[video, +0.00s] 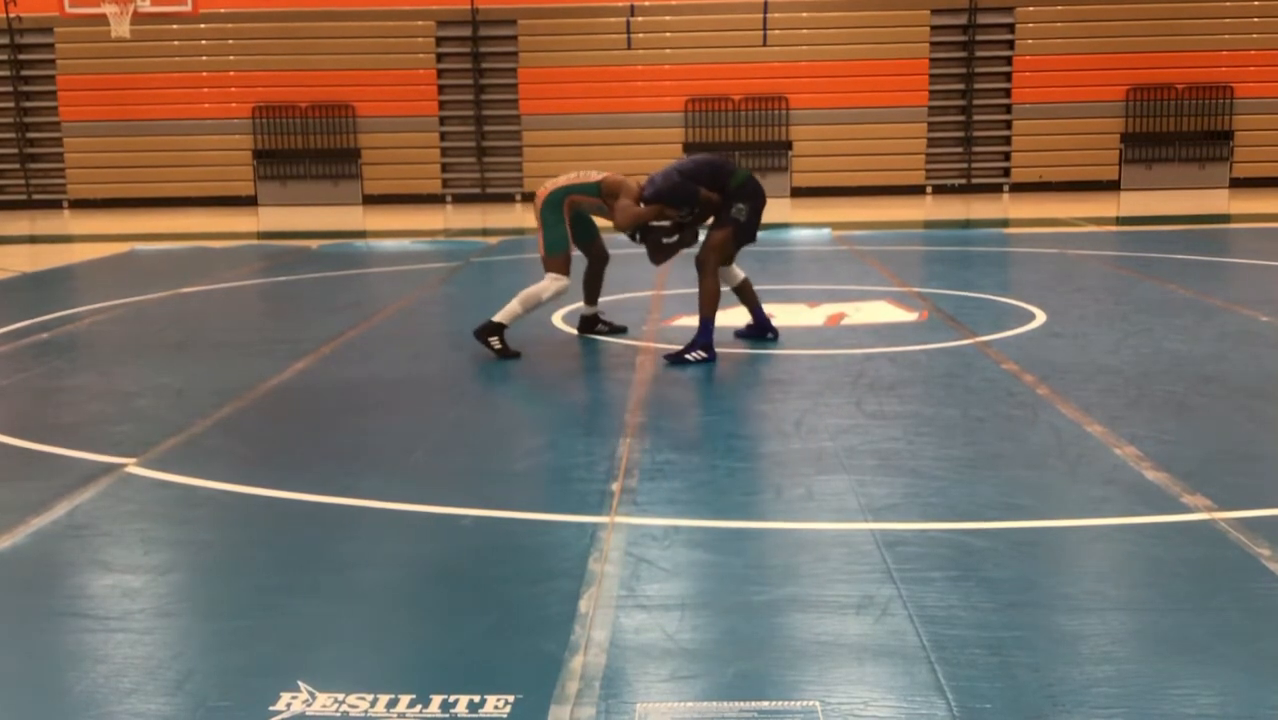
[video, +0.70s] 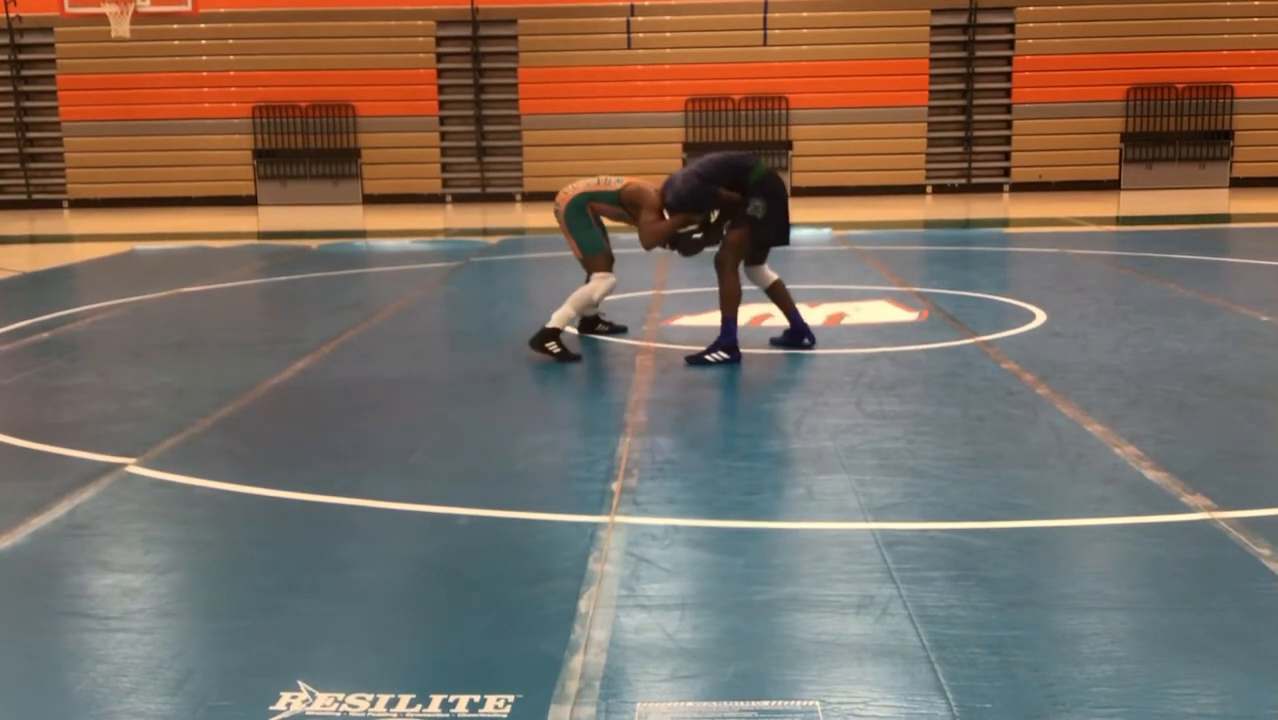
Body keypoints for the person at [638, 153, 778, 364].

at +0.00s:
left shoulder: (666, 189)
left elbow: (715, 201)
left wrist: (689, 226)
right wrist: (680, 240)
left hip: (743, 194)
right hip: (738, 195)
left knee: (706, 261)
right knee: (723, 265)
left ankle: (703, 344)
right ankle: (762, 324)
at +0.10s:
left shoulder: (665, 187)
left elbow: (714, 200)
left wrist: (686, 223)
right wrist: (680, 237)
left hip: (744, 193)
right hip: (748, 190)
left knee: (708, 260)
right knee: (734, 259)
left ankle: (703, 344)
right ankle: (764, 323)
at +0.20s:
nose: (620, 203)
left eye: (616, 198)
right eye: (616, 201)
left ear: (628, 188)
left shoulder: (667, 183)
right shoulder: (660, 182)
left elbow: (719, 198)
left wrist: (692, 220)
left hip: (748, 191)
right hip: (753, 188)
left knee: (710, 261)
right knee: (739, 258)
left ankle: (703, 344)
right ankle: (777, 320)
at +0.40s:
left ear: (644, 196)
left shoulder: (681, 183)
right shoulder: (675, 180)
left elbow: (732, 196)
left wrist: (707, 219)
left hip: (759, 193)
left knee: (722, 257)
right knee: (755, 270)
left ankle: (712, 339)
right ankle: (800, 331)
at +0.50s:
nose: (642, 218)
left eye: (636, 211)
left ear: (648, 202)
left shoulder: (684, 190)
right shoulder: (679, 187)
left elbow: (733, 204)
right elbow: (707, 233)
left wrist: (711, 226)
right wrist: (688, 242)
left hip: (759, 198)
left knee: (718, 263)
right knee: (750, 274)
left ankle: (727, 344)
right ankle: (798, 331)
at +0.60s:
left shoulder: (686, 192)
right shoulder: (680, 189)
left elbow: (735, 204)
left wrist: (701, 240)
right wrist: (696, 241)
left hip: (761, 196)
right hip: (768, 192)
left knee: (720, 262)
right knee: (753, 271)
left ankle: (727, 344)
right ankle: (799, 330)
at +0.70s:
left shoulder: (684, 191)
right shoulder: (679, 189)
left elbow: (735, 201)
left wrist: (704, 239)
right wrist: (696, 240)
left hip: (760, 194)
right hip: (767, 189)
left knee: (725, 261)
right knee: (756, 269)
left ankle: (727, 344)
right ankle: (800, 330)